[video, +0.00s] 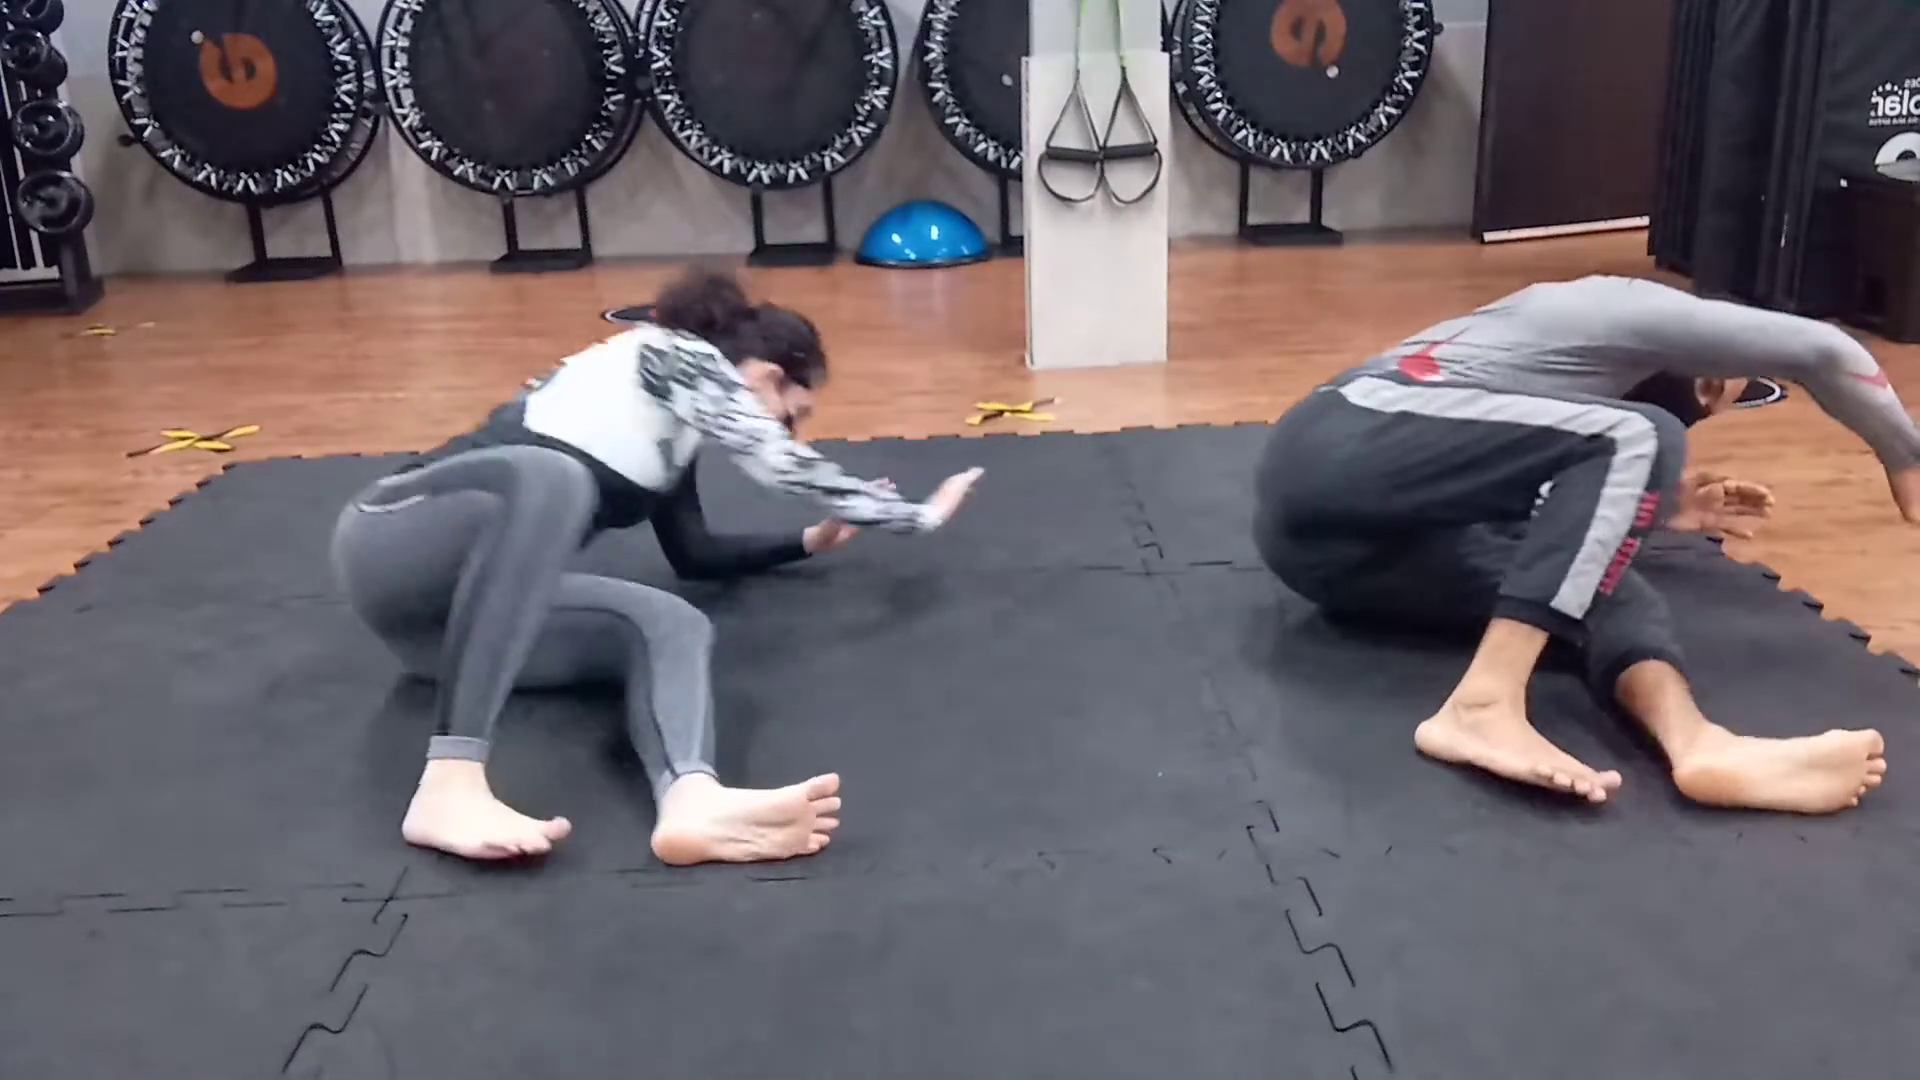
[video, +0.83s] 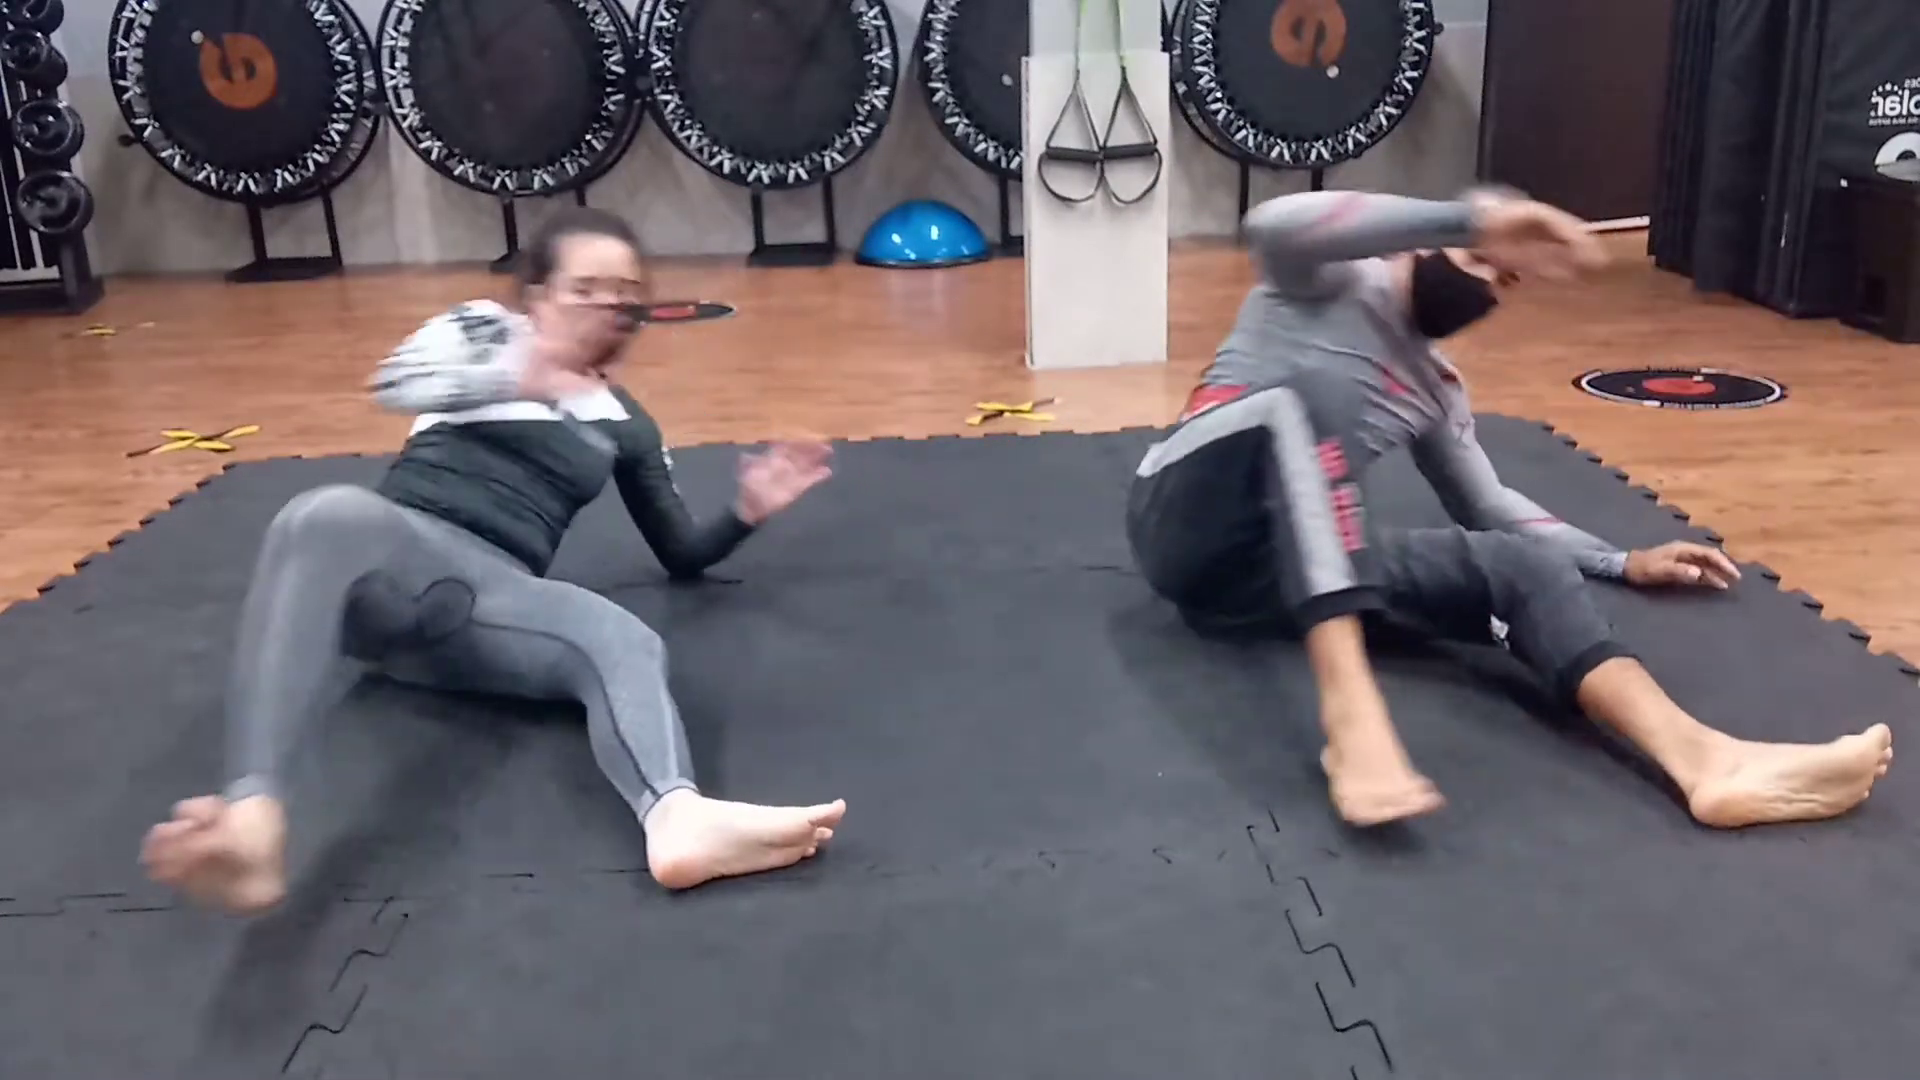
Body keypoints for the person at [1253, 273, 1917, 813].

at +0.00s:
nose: (1706, 406)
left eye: (1714, 399)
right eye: (1714, 390)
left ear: (1638, 398)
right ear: (1688, 355)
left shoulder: (1578, 411)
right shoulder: (1621, 309)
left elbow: (1508, 510)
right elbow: (1823, 350)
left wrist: (1662, 508)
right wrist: (1905, 457)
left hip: (1335, 565)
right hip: (1335, 449)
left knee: (1599, 580)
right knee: (1645, 435)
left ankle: (1695, 740)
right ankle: (1480, 703)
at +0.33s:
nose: (1686, 392)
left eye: (1691, 393)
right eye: (1690, 372)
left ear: (1639, 386)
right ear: (1648, 344)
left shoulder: (1539, 420)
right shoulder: (1543, 314)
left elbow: (1505, 519)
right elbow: (1740, 335)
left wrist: (1644, 506)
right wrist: (1879, 422)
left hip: (1280, 580)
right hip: (1259, 472)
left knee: (1537, 599)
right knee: (1520, 409)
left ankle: (1706, 766)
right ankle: (1468, 696)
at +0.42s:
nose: (1662, 377)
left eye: (1666, 372)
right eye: (1660, 364)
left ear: (1587, 383)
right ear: (1615, 338)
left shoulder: (1506, 418)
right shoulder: (1492, 313)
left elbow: (1508, 496)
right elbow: (1689, 309)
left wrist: (1635, 509)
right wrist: (1840, 389)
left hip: (1274, 582)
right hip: (1232, 488)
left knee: (1533, 587)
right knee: (1475, 406)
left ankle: (1703, 766)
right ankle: (1460, 690)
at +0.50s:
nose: (1605, 352)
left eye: (1608, 346)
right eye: (1600, 333)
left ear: (1553, 362)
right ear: (1555, 305)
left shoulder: (1475, 425)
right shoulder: (1450, 300)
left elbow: (1509, 509)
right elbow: (1609, 270)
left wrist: (1625, 526)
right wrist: (1782, 345)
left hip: (1270, 588)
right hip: (1217, 493)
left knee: (1524, 586)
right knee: (1431, 392)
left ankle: (1701, 766)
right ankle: (1454, 696)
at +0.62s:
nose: (1544, 300)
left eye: (1555, 314)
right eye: (1544, 285)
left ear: (1521, 346)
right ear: (1495, 265)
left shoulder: (1454, 410)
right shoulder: (1396, 293)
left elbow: (1508, 511)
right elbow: (1475, 229)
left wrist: (1619, 561)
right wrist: (1669, 279)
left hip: (1281, 585)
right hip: (1205, 508)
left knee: (1527, 577)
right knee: (1377, 386)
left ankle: (1703, 763)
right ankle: (1431, 705)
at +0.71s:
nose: (1510, 288)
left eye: (1532, 302)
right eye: (1511, 268)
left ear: (1523, 336)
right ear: (1471, 251)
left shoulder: (1445, 409)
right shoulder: (1372, 284)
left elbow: (1512, 516)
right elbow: (1388, 220)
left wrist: (1628, 565)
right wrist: (1581, 242)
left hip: (1295, 579)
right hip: (1199, 512)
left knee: (1525, 570)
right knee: (1345, 394)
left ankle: (1705, 763)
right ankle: (1404, 712)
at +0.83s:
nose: (1486, 268)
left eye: (1500, 266)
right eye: (1476, 254)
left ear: (1492, 306)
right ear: (1433, 249)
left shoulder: (1432, 396)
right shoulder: (1330, 282)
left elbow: (1494, 515)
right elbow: (1277, 229)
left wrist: (1624, 564)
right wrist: (1470, 215)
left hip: (1284, 579)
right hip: (1188, 525)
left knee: (1521, 564)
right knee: (1293, 406)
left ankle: (1703, 759)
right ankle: (1354, 718)